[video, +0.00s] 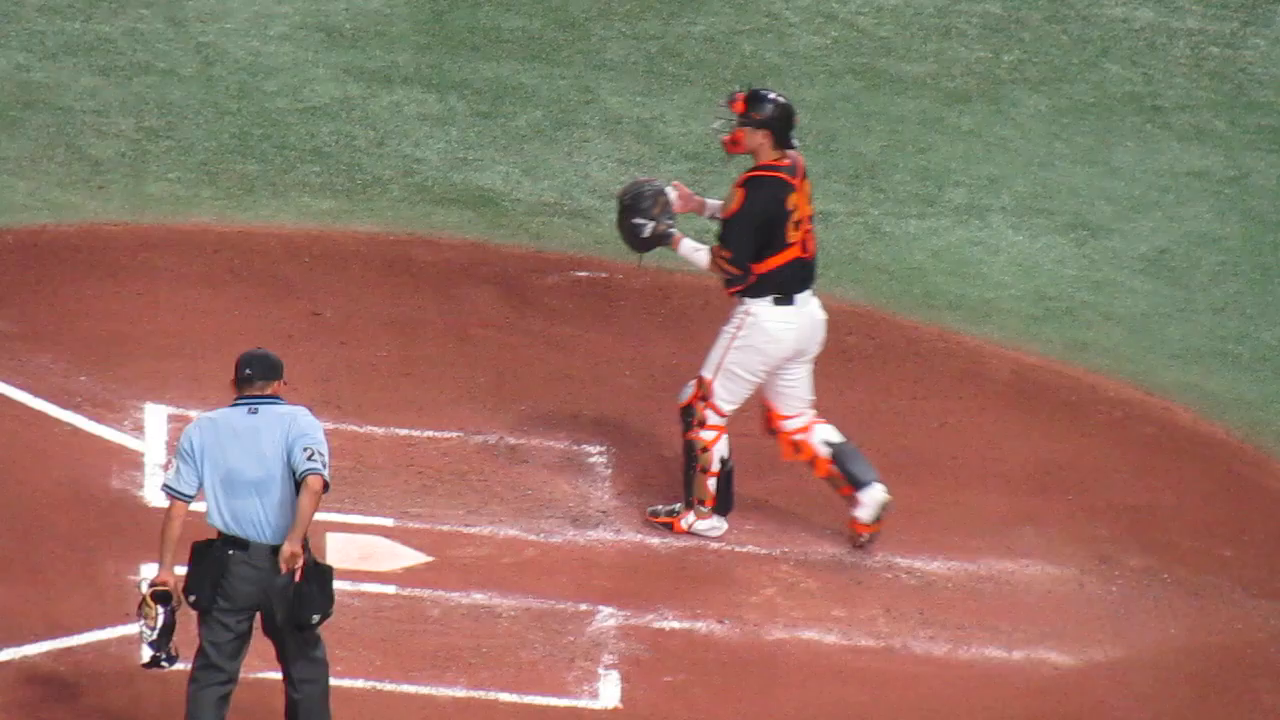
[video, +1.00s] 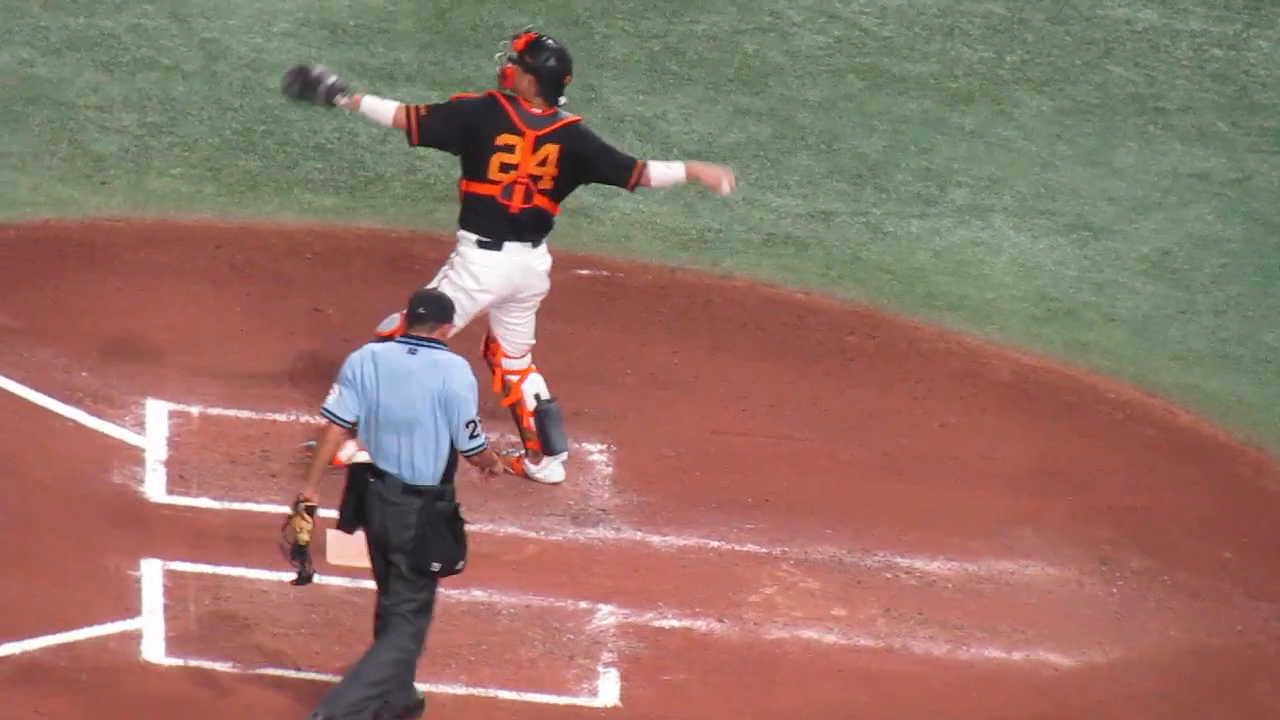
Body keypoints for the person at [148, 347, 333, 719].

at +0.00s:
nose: (281, 389)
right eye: (281, 384)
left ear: (235, 385)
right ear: (279, 386)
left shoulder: (202, 428)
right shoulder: (299, 420)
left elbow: (177, 506)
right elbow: (314, 482)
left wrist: (165, 569)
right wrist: (295, 538)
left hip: (228, 569)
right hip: (287, 569)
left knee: (213, 674)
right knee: (306, 670)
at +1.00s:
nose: (452, 332)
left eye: (448, 326)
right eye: (451, 327)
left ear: (407, 320)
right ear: (445, 328)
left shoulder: (365, 359)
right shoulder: (456, 370)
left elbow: (335, 428)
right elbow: (469, 442)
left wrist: (311, 489)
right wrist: (489, 461)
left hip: (373, 498)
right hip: (420, 507)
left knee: (391, 598)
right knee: (409, 618)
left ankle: (398, 696)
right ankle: (336, 713)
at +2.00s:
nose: (595, 300)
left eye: (594, 293)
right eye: (592, 294)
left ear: (556, 294)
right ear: (577, 298)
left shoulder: (515, 322)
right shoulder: (591, 348)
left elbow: (481, 372)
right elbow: (596, 416)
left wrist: (526, 367)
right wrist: (562, 387)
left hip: (511, 449)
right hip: (549, 461)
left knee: (555, 532)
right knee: (522, 557)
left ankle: (568, 618)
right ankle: (477, 658)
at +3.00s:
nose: (888, 301)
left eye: (891, 294)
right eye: (889, 293)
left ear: (857, 279)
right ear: (875, 286)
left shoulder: (814, 302)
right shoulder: (863, 321)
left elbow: (785, 365)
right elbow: (820, 375)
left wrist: (777, 423)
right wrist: (811, 428)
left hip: (799, 428)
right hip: (834, 436)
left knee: (828, 520)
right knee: (831, 534)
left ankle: (795, 603)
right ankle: (802, 638)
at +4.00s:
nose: (1135, 276)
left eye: (1136, 267)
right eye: (1128, 268)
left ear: (1104, 269)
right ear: (1104, 269)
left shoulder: (1073, 285)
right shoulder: (1106, 318)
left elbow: (1079, 346)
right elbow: (1104, 391)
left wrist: (1117, 375)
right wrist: (1145, 407)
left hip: (1064, 418)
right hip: (1096, 428)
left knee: (1049, 518)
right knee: (1116, 531)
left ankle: (981, 586)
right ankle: (1119, 619)